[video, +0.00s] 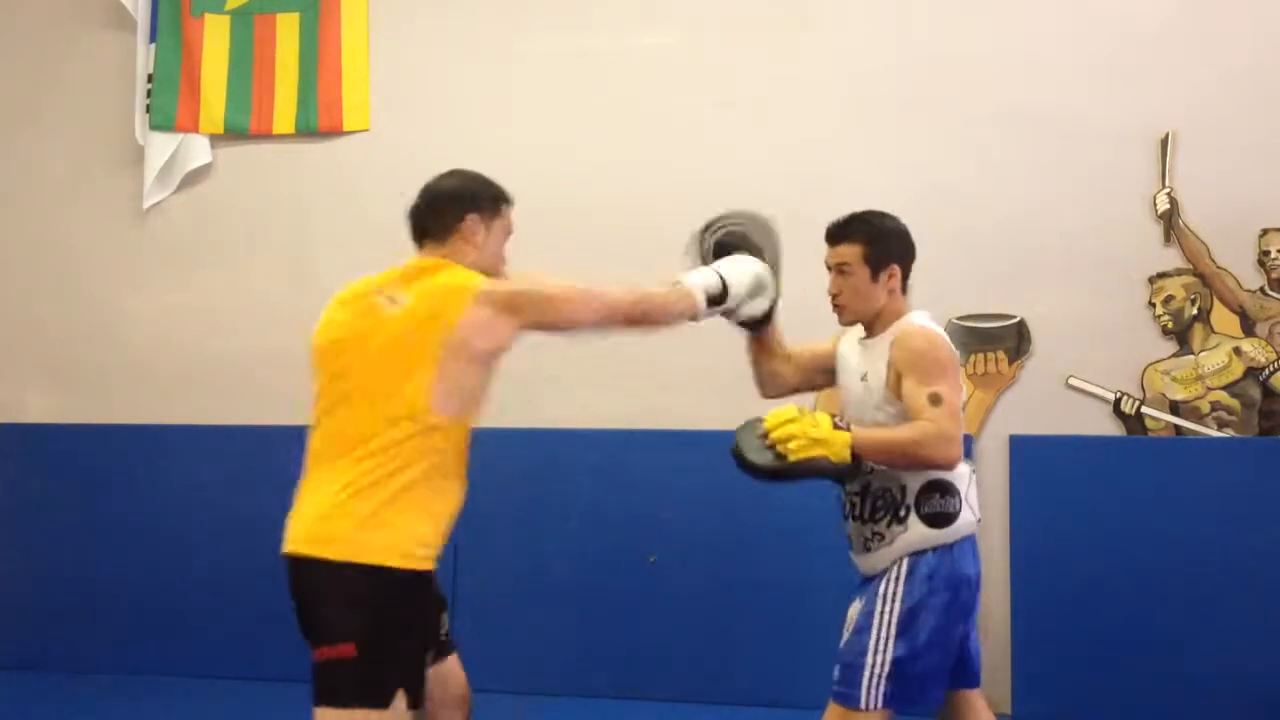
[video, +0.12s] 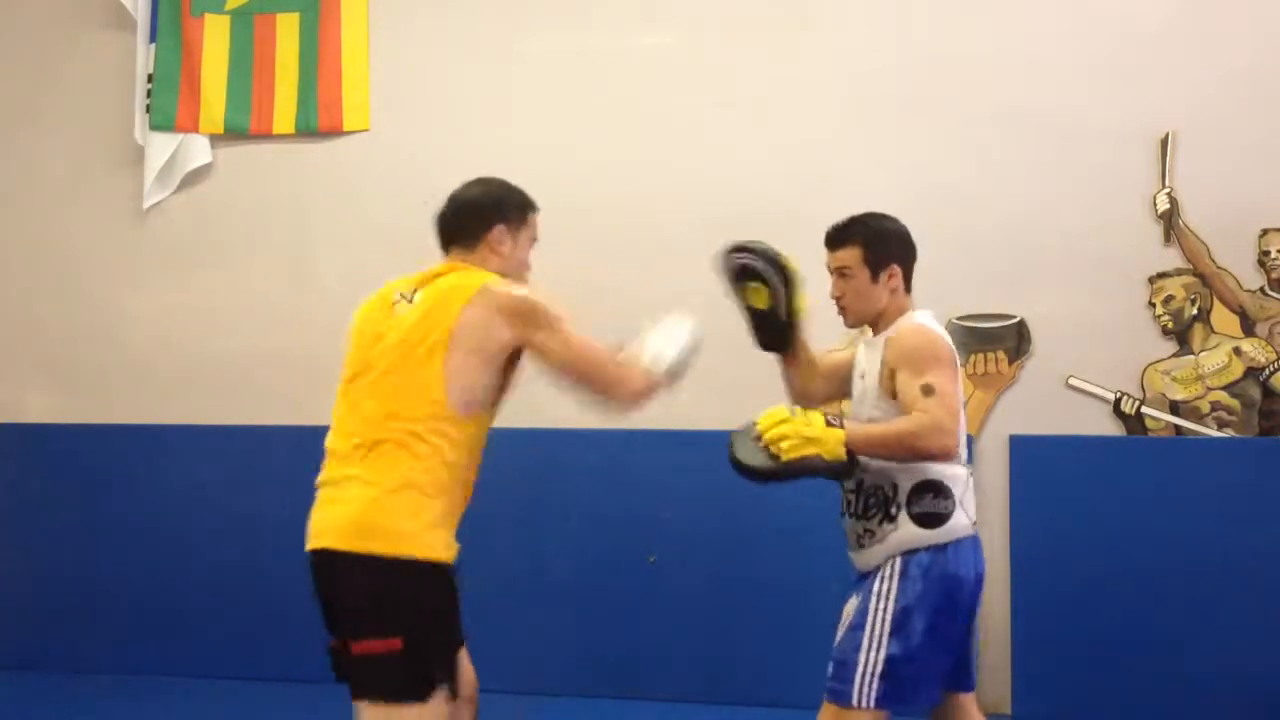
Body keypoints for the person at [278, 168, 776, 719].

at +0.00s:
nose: (507, 256)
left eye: (508, 237)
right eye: (504, 236)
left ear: (435, 233)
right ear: (471, 229)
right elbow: (626, 307)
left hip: (319, 552)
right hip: (377, 564)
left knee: (446, 698)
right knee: (358, 714)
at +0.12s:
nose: (532, 262)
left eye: (533, 245)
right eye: (529, 243)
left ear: (457, 240)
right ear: (497, 239)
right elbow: (625, 385)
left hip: (339, 546)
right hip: (400, 555)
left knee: (458, 690)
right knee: (402, 710)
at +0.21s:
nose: (542, 265)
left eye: (545, 247)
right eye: (541, 245)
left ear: (492, 236)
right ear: (508, 235)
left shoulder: (401, 296)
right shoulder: (498, 300)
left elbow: (449, 412)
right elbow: (562, 421)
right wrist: (604, 415)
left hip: (352, 537)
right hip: (411, 544)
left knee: (453, 700)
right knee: (427, 708)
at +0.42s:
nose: (550, 261)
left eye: (555, 244)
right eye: (550, 240)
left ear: (509, 227)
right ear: (516, 227)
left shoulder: (428, 279)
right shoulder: (472, 291)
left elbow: (432, 400)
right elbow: (500, 427)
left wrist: (513, 363)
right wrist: (579, 379)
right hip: (411, 553)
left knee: (478, 698)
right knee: (430, 708)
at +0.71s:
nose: (538, 298)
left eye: (546, 286)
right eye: (541, 281)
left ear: (514, 254)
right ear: (515, 255)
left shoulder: (456, 309)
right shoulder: (430, 309)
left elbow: (507, 417)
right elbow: (522, 425)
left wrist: (561, 383)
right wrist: (562, 315)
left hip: (443, 566)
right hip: (390, 576)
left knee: (532, 702)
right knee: (426, 710)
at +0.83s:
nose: (568, 251)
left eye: (572, 237)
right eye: (569, 233)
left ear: (531, 224)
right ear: (536, 221)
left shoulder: (496, 302)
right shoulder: (424, 283)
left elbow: (540, 363)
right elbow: (480, 400)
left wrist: (628, 330)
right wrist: (555, 301)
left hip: (459, 543)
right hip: (387, 547)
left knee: (526, 702)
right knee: (407, 708)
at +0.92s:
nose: (578, 254)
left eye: (581, 243)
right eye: (575, 240)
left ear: (534, 228)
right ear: (540, 225)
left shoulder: (512, 299)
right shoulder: (432, 285)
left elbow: (619, 313)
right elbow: (465, 394)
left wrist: (708, 296)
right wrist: (549, 302)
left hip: (453, 539)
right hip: (384, 538)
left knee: (514, 704)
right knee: (412, 707)